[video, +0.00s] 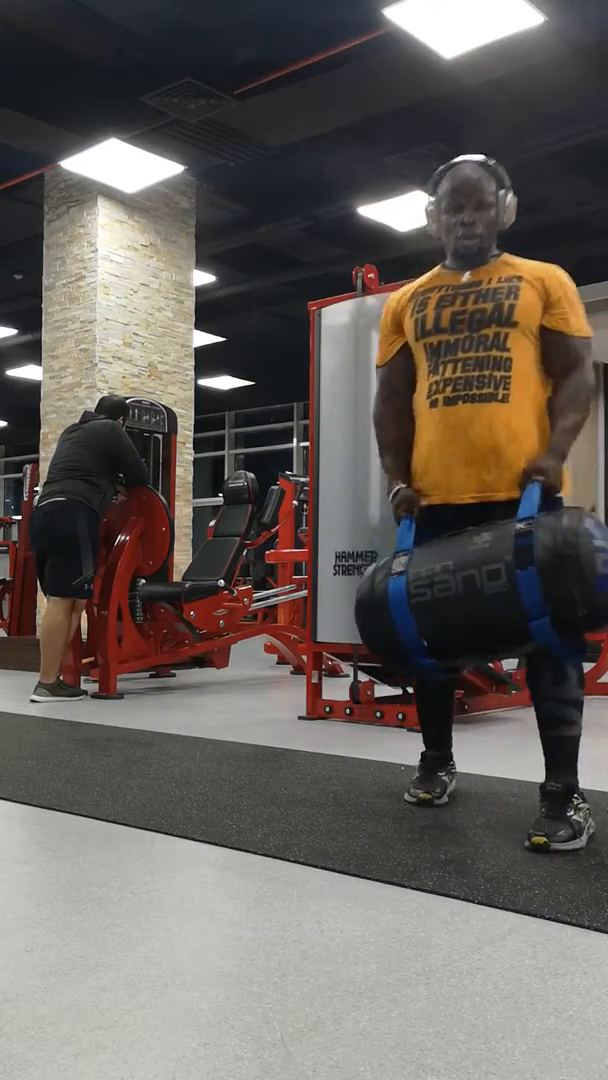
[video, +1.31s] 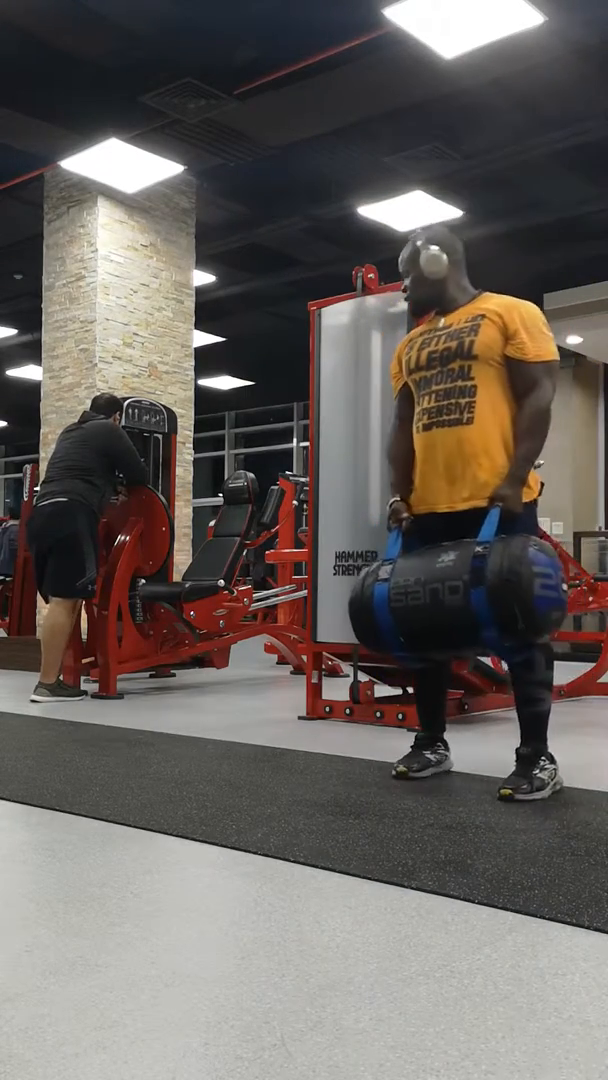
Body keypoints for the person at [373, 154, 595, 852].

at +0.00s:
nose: (467, 216)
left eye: (479, 204)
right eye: (453, 206)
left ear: (507, 208)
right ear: (434, 216)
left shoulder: (544, 282)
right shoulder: (405, 302)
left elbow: (575, 375)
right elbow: (391, 397)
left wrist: (555, 453)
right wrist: (396, 476)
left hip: (524, 494)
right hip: (434, 499)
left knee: (549, 631)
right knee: (429, 631)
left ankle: (560, 791)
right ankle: (435, 760)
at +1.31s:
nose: (402, 288)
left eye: (407, 275)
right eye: (401, 278)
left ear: (438, 265)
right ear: (434, 271)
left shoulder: (512, 313)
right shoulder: (409, 345)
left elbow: (539, 396)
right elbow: (404, 423)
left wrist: (517, 477)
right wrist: (400, 491)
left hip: (500, 505)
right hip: (429, 511)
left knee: (521, 625)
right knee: (426, 625)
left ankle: (534, 756)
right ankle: (430, 743)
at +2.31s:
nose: (438, 266)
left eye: (451, 256)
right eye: (433, 259)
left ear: (483, 264)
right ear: (427, 271)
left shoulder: (513, 328)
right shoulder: (410, 340)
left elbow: (528, 418)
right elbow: (398, 419)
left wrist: (498, 498)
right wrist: (389, 488)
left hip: (485, 511)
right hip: (418, 510)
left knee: (490, 622)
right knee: (416, 620)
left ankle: (488, 746)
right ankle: (421, 735)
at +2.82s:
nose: (384, 283)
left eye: (396, 273)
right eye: (380, 277)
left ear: (427, 280)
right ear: (377, 290)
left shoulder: (462, 337)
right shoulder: (363, 359)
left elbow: (481, 417)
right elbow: (354, 435)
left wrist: (459, 492)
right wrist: (350, 499)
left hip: (448, 511)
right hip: (379, 517)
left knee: (468, 620)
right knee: (379, 621)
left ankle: (485, 742)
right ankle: (388, 734)